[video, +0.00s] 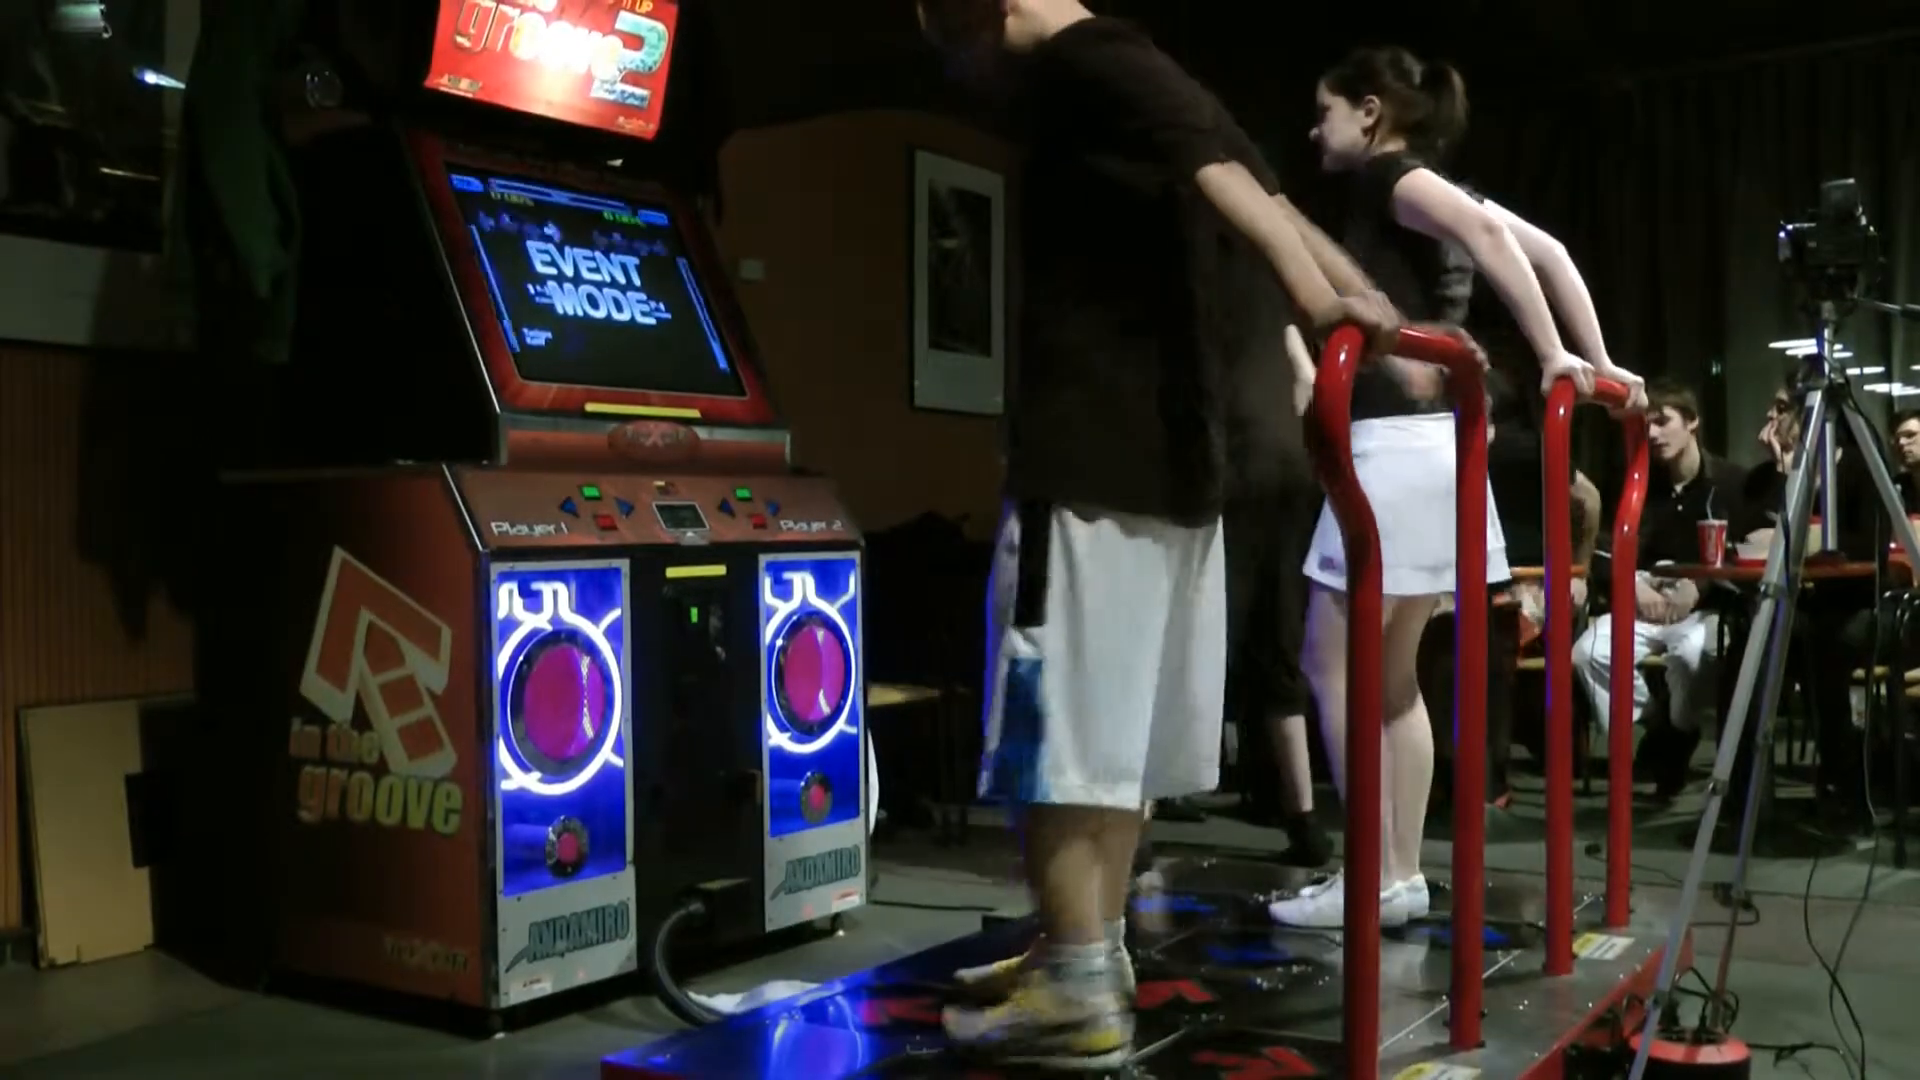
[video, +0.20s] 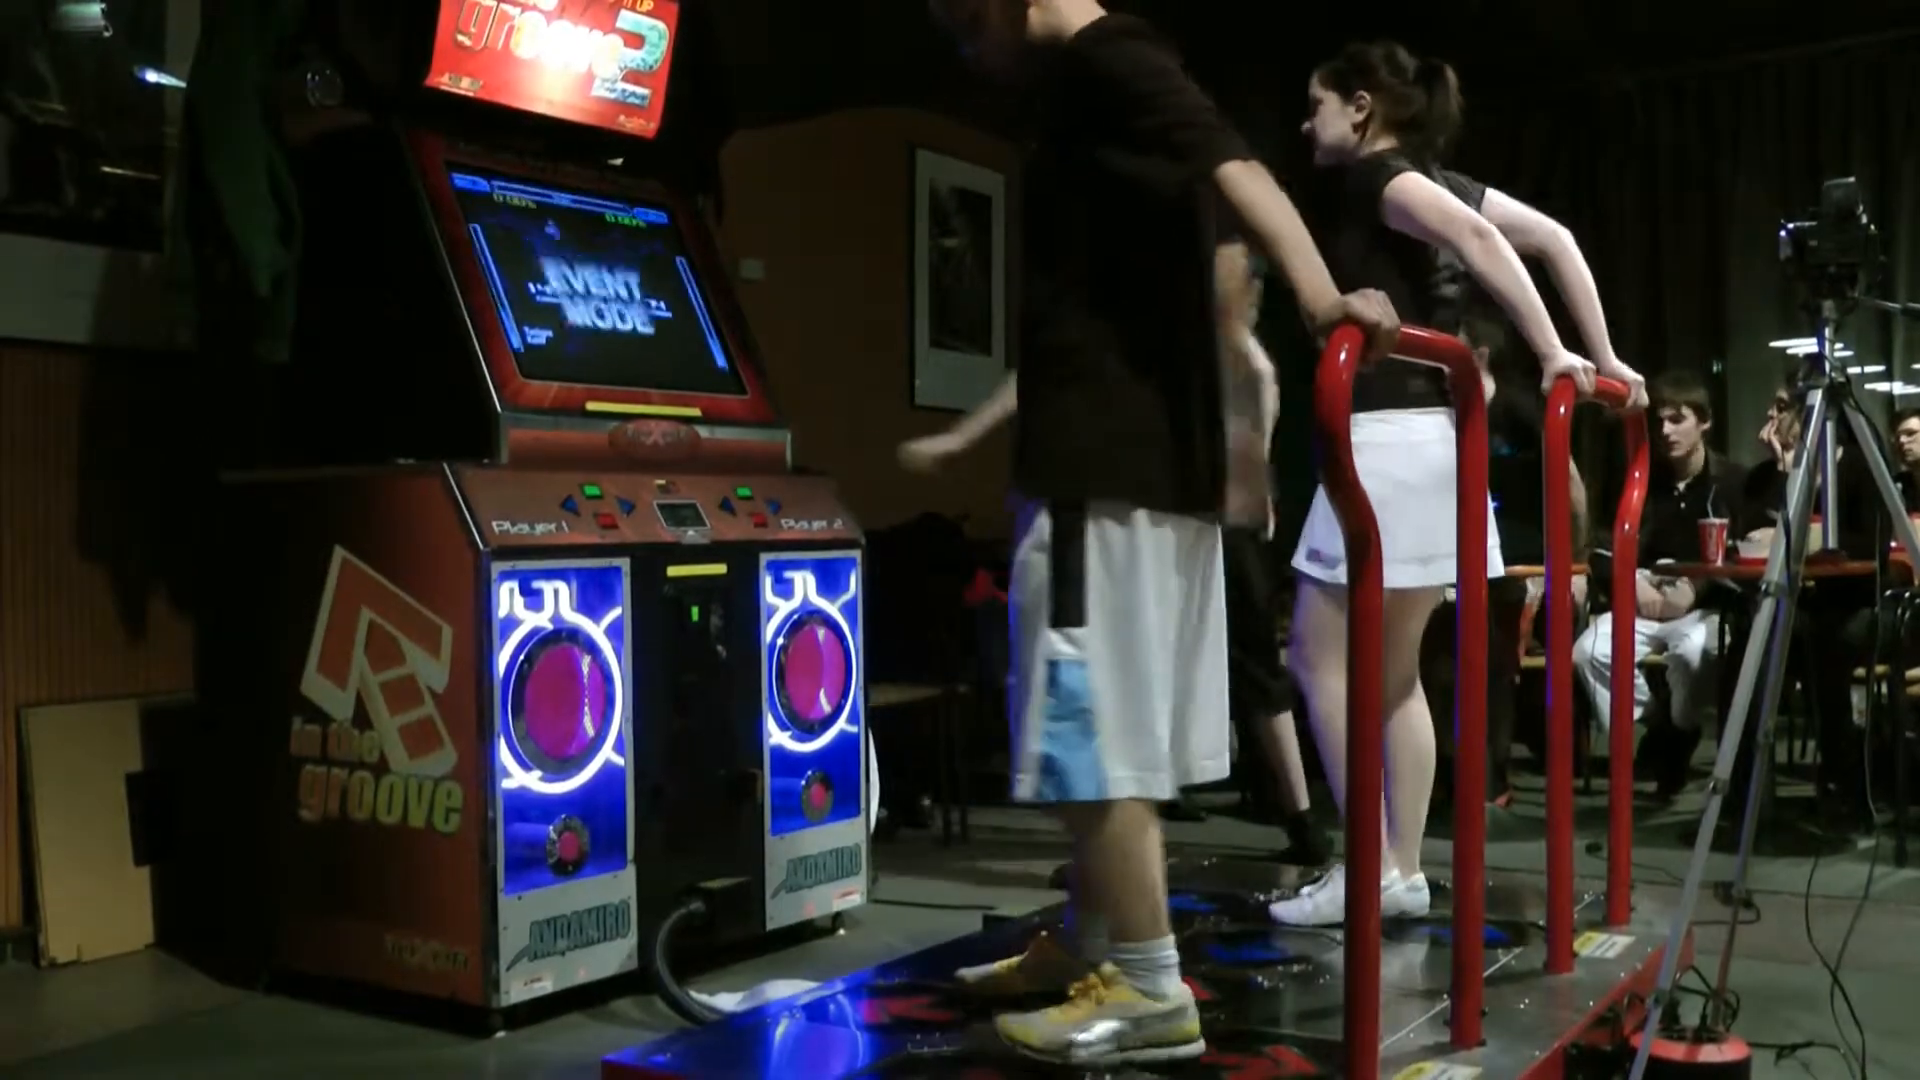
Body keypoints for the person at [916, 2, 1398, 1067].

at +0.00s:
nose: (976, 57)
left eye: (969, 37)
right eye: (970, 42)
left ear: (1005, 12)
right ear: (1074, 3)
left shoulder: (1075, 67)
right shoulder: (1159, 80)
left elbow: (1218, 167)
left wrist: (1331, 286)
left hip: (1101, 457)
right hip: (1175, 462)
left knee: (1068, 712)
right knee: (1123, 708)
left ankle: (1079, 977)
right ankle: (1090, 956)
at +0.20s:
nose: (980, 36)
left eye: (984, 18)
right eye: (976, 25)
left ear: (1036, 3)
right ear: (1062, 12)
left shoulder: (1114, 65)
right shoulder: (1073, 100)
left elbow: (1236, 169)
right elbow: (1078, 340)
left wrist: (1324, 296)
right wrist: (951, 447)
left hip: (1124, 465)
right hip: (1104, 464)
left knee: (1102, 730)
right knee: (1097, 725)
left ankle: (1149, 986)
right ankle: (1085, 941)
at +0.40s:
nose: (990, 28)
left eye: (994, 12)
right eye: (987, 19)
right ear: (1034, 16)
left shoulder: (1129, 46)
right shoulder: (1076, 94)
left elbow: (1259, 166)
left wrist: (1328, 303)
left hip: (1137, 457)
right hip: (1085, 458)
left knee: (1131, 726)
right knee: (1085, 721)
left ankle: (1156, 995)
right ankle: (1086, 947)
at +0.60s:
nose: (993, 22)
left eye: (1000, 8)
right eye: (991, 15)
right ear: (1035, 20)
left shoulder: (1127, 52)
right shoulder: (1043, 120)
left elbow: (1255, 166)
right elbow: (975, 317)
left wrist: (1325, 302)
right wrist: (848, 424)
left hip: (1129, 466)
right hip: (1062, 467)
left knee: (1134, 734)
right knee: (1078, 724)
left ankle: (1156, 996)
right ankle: (1088, 943)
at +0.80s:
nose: (978, 24)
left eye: (984, 9)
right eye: (976, 15)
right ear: (1020, 17)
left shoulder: (1127, 62)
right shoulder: (1032, 121)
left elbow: (1250, 172)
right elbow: (966, 316)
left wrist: (1323, 299)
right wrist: (841, 421)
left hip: (1113, 471)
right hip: (1047, 470)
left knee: (1122, 739)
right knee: (1070, 733)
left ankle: (1156, 993)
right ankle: (1087, 944)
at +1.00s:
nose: (967, 28)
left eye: (971, 12)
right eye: (964, 20)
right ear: (1020, 15)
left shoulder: (1119, 62)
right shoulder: (1043, 105)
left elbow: (1240, 174)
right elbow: (999, 311)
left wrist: (1323, 298)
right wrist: (885, 436)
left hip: (1109, 470)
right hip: (1053, 468)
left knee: (1120, 737)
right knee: (1071, 729)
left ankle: (1156, 994)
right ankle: (1088, 946)